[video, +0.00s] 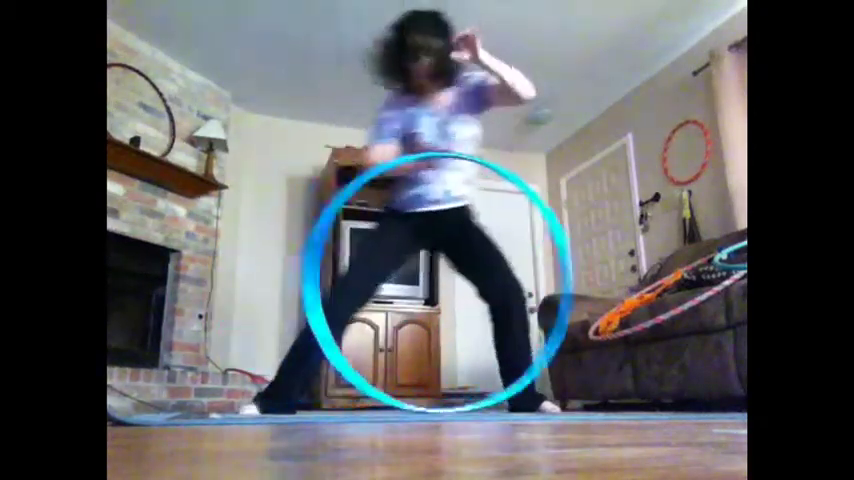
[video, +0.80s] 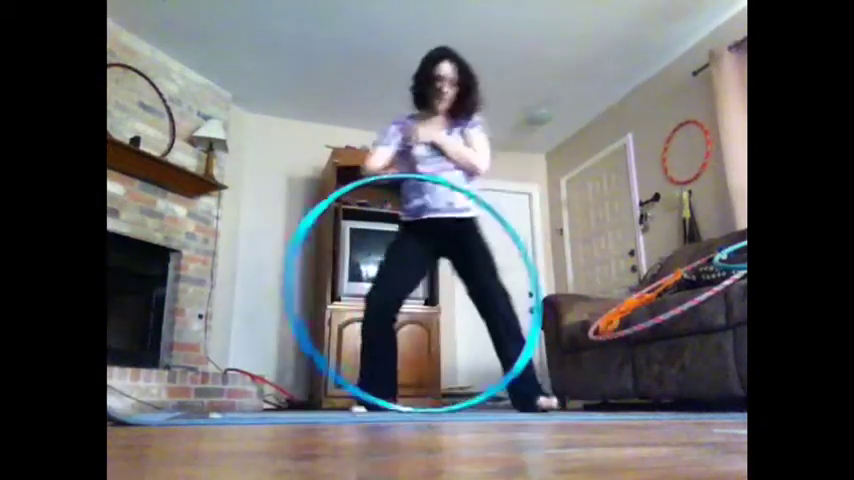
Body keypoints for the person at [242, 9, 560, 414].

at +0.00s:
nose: (421, 63)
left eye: (429, 54)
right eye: (413, 55)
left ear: (447, 55)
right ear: (401, 59)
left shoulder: (468, 93)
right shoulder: (398, 105)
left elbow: (524, 93)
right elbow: (378, 158)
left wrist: (482, 59)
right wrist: (415, 158)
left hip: (453, 217)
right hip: (403, 219)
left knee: (507, 294)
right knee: (342, 301)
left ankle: (525, 399)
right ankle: (275, 403)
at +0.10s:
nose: (444, 62)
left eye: (452, 52)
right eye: (438, 55)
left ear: (476, 54)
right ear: (433, 60)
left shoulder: (498, 88)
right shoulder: (433, 102)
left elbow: (522, 101)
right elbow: (427, 169)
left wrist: (469, 73)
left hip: (486, 215)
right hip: (437, 216)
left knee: (525, 296)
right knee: (385, 293)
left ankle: (525, 398)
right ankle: (314, 391)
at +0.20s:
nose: (471, 68)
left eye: (479, 57)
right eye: (461, 60)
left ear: (496, 53)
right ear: (449, 62)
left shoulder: (512, 88)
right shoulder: (444, 102)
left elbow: (512, 113)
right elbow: (454, 169)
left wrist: (454, 90)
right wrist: (511, 171)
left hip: (499, 214)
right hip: (450, 216)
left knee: (528, 295)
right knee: (411, 290)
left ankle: (527, 396)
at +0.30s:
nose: (475, 73)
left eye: (485, 62)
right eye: (466, 64)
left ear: (501, 64)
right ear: (455, 68)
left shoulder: (517, 95)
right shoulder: (446, 108)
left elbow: (508, 124)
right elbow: (467, 171)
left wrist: (445, 113)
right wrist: (532, 177)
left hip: (508, 215)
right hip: (458, 219)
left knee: (527, 298)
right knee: (424, 298)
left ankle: (533, 400)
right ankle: (424, 390)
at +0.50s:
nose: (475, 79)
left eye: (484, 70)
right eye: (467, 70)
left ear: (497, 73)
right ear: (455, 73)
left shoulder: (513, 106)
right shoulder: (445, 117)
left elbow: (498, 147)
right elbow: (449, 174)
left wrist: (441, 129)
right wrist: (506, 173)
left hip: (508, 223)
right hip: (461, 224)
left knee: (522, 301)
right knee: (416, 299)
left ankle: (534, 400)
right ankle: (427, 393)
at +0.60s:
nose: (465, 81)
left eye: (473, 73)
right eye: (457, 73)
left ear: (485, 76)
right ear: (446, 75)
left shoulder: (498, 108)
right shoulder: (431, 116)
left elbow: (490, 153)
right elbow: (416, 169)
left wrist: (440, 126)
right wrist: (456, 171)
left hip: (494, 223)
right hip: (447, 226)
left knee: (517, 299)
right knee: (401, 298)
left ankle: (534, 395)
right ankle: (386, 394)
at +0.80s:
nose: (444, 87)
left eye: (452, 82)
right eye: (437, 79)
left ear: (462, 87)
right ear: (423, 83)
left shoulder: (469, 125)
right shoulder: (403, 127)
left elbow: (480, 165)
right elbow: (371, 166)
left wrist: (439, 141)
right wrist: (394, 166)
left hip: (461, 227)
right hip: (417, 228)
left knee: (494, 301)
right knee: (379, 304)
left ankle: (528, 395)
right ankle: (376, 400)